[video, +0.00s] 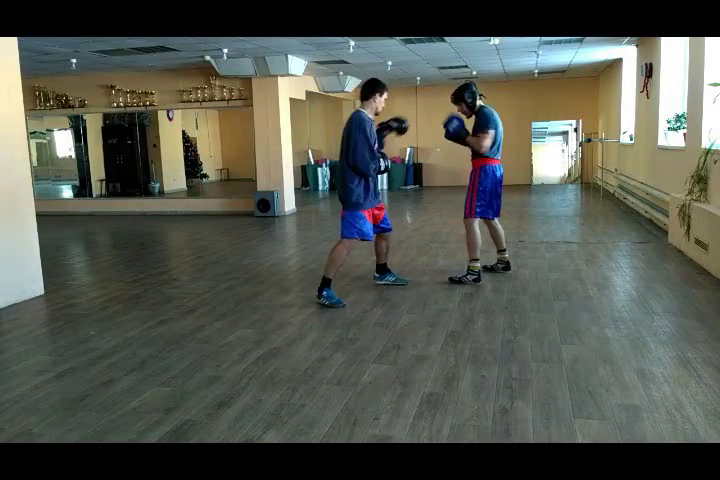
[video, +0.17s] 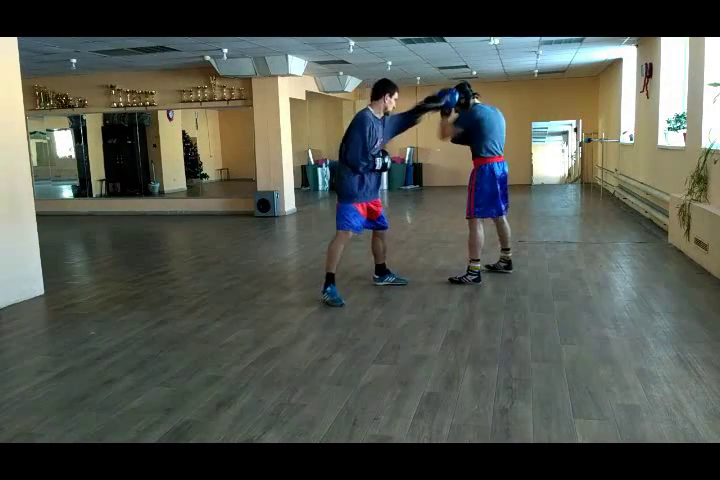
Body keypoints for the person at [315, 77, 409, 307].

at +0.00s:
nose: (384, 104)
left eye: (385, 100)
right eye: (384, 99)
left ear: (371, 97)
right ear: (375, 97)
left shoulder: (366, 121)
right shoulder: (360, 121)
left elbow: (370, 148)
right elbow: (361, 162)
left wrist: (384, 131)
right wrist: (383, 163)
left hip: (369, 191)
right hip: (356, 193)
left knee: (384, 231)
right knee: (349, 239)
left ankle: (382, 271)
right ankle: (324, 288)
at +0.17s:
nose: (395, 104)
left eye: (395, 100)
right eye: (394, 99)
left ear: (383, 97)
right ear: (385, 97)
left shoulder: (385, 122)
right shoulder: (363, 120)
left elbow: (410, 116)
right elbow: (353, 160)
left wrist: (436, 101)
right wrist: (381, 161)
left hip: (370, 190)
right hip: (352, 190)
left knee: (380, 229)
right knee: (344, 233)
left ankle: (381, 272)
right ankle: (329, 285)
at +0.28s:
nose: (396, 104)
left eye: (396, 100)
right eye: (395, 99)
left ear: (383, 98)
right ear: (385, 97)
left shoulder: (389, 121)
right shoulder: (363, 120)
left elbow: (414, 115)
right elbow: (352, 159)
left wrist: (434, 100)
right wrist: (382, 161)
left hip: (369, 188)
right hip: (350, 189)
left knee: (379, 229)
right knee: (345, 231)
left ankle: (381, 272)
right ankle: (328, 283)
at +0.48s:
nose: (383, 103)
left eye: (384, 98)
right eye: (382, 97)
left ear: (370, 95)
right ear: (371, 94)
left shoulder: (375, 118)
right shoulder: (352, 118)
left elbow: (392, 120)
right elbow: (346, 158)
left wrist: (409, 110)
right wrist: (372, 158)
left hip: (367, 184)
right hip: (350, 186)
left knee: (375, 228)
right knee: (346, 231)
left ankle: (381, 272)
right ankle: (319, 267)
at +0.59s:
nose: (370, 108)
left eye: (371, 103)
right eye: (369, 102)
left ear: (357, 101)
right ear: (359, 100)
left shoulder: (355, 124)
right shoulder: (342, 125)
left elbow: (362, 154)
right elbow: (344, 169)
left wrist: (374, 133)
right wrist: (366, 160)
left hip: (359, 189)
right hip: (342, 192)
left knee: (379, 221)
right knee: (339, 233)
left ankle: (383, 269)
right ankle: (317, 272)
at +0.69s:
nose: (369, 109)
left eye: (370, 104)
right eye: (368, 103)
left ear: (356, 101)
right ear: (358, 100)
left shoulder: (354, 125)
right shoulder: (341, 125)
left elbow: (360, 156)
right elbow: (343, 170)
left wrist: (371, 136)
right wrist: (365, 162)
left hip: (359, 189)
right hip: (342, 193)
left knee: (379, 220)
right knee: (339, 233)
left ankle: (383, 267)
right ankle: (317, 272)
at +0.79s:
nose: (368, 106)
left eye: (369, 101)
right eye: (367, 100)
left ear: (356, 100)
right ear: (357, 99)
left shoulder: (358, 122)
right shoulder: (341, 123)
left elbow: (368, 144)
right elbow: (341, 165)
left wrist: (386, 135)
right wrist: (370, 158)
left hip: (363, 187)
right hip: (344, 190)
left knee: (382, 220)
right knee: (336, 232)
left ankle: (389, 262)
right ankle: (316, 273)